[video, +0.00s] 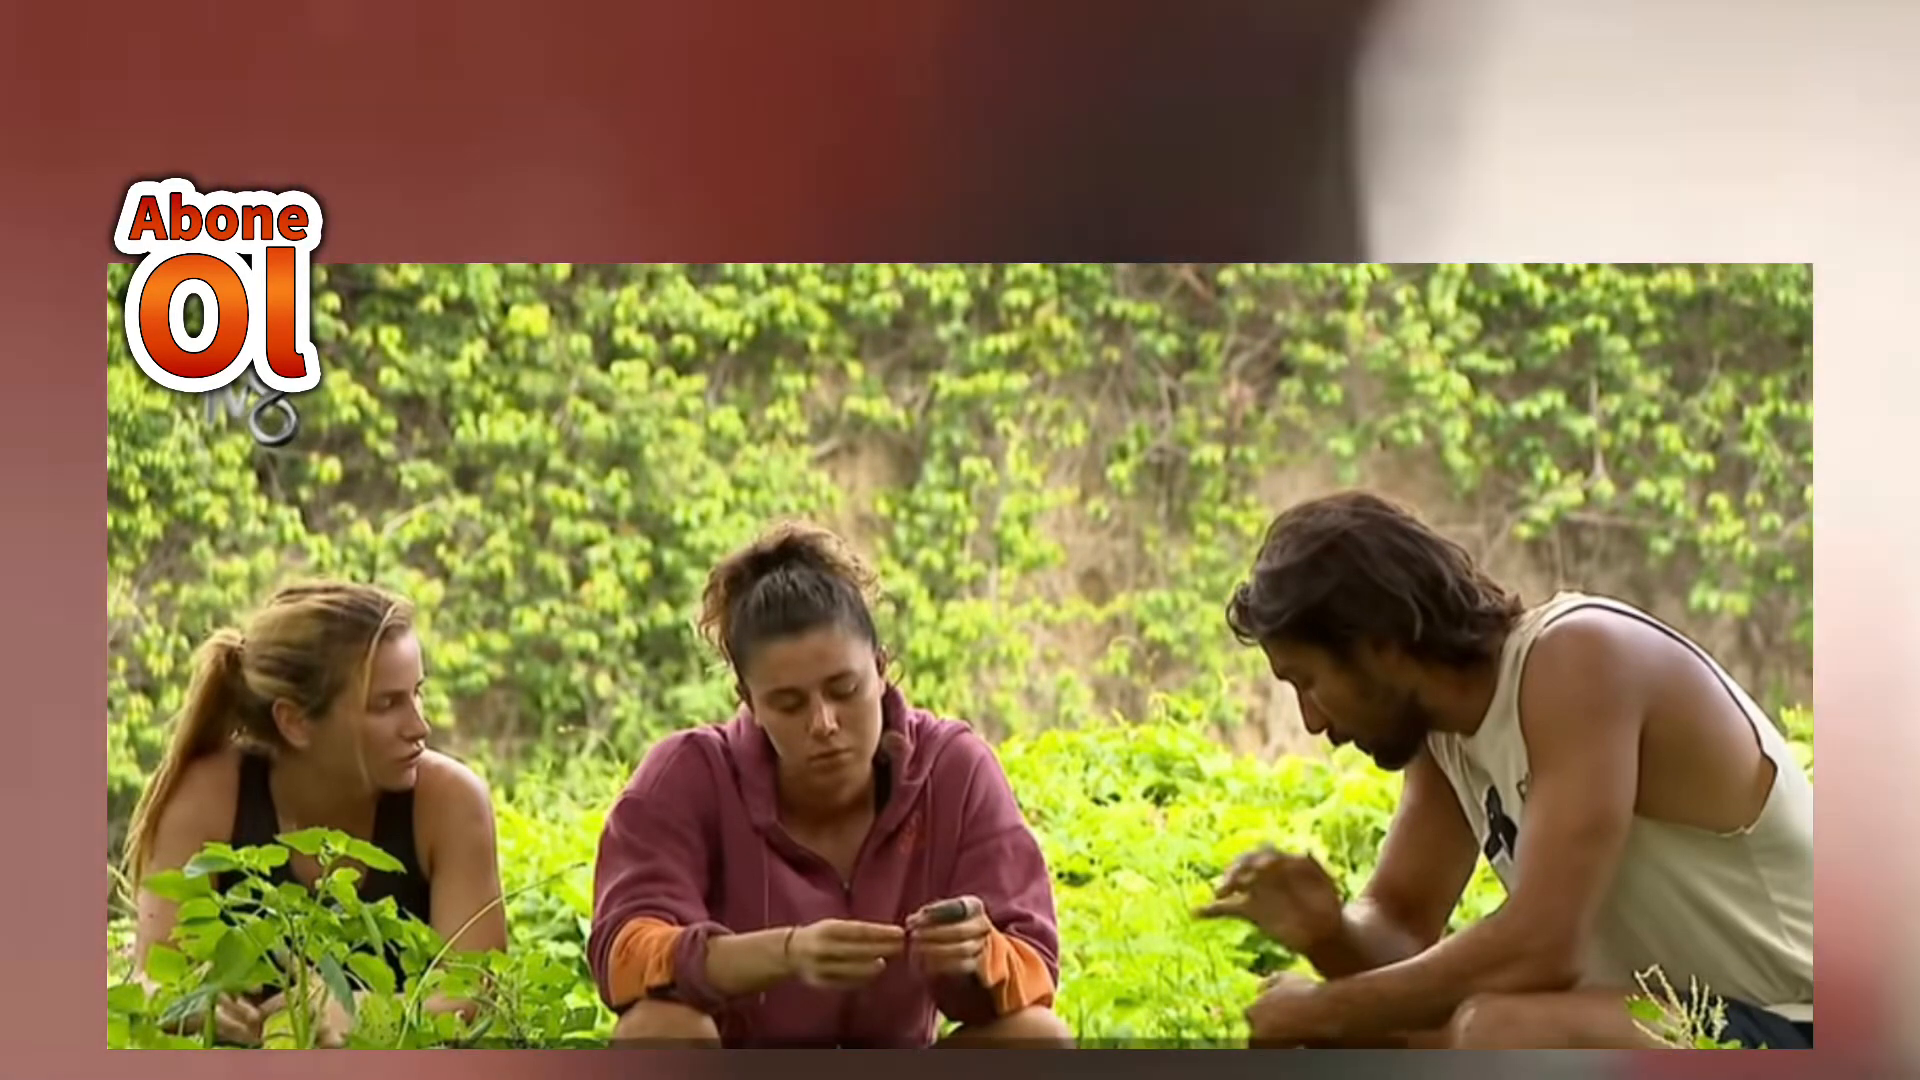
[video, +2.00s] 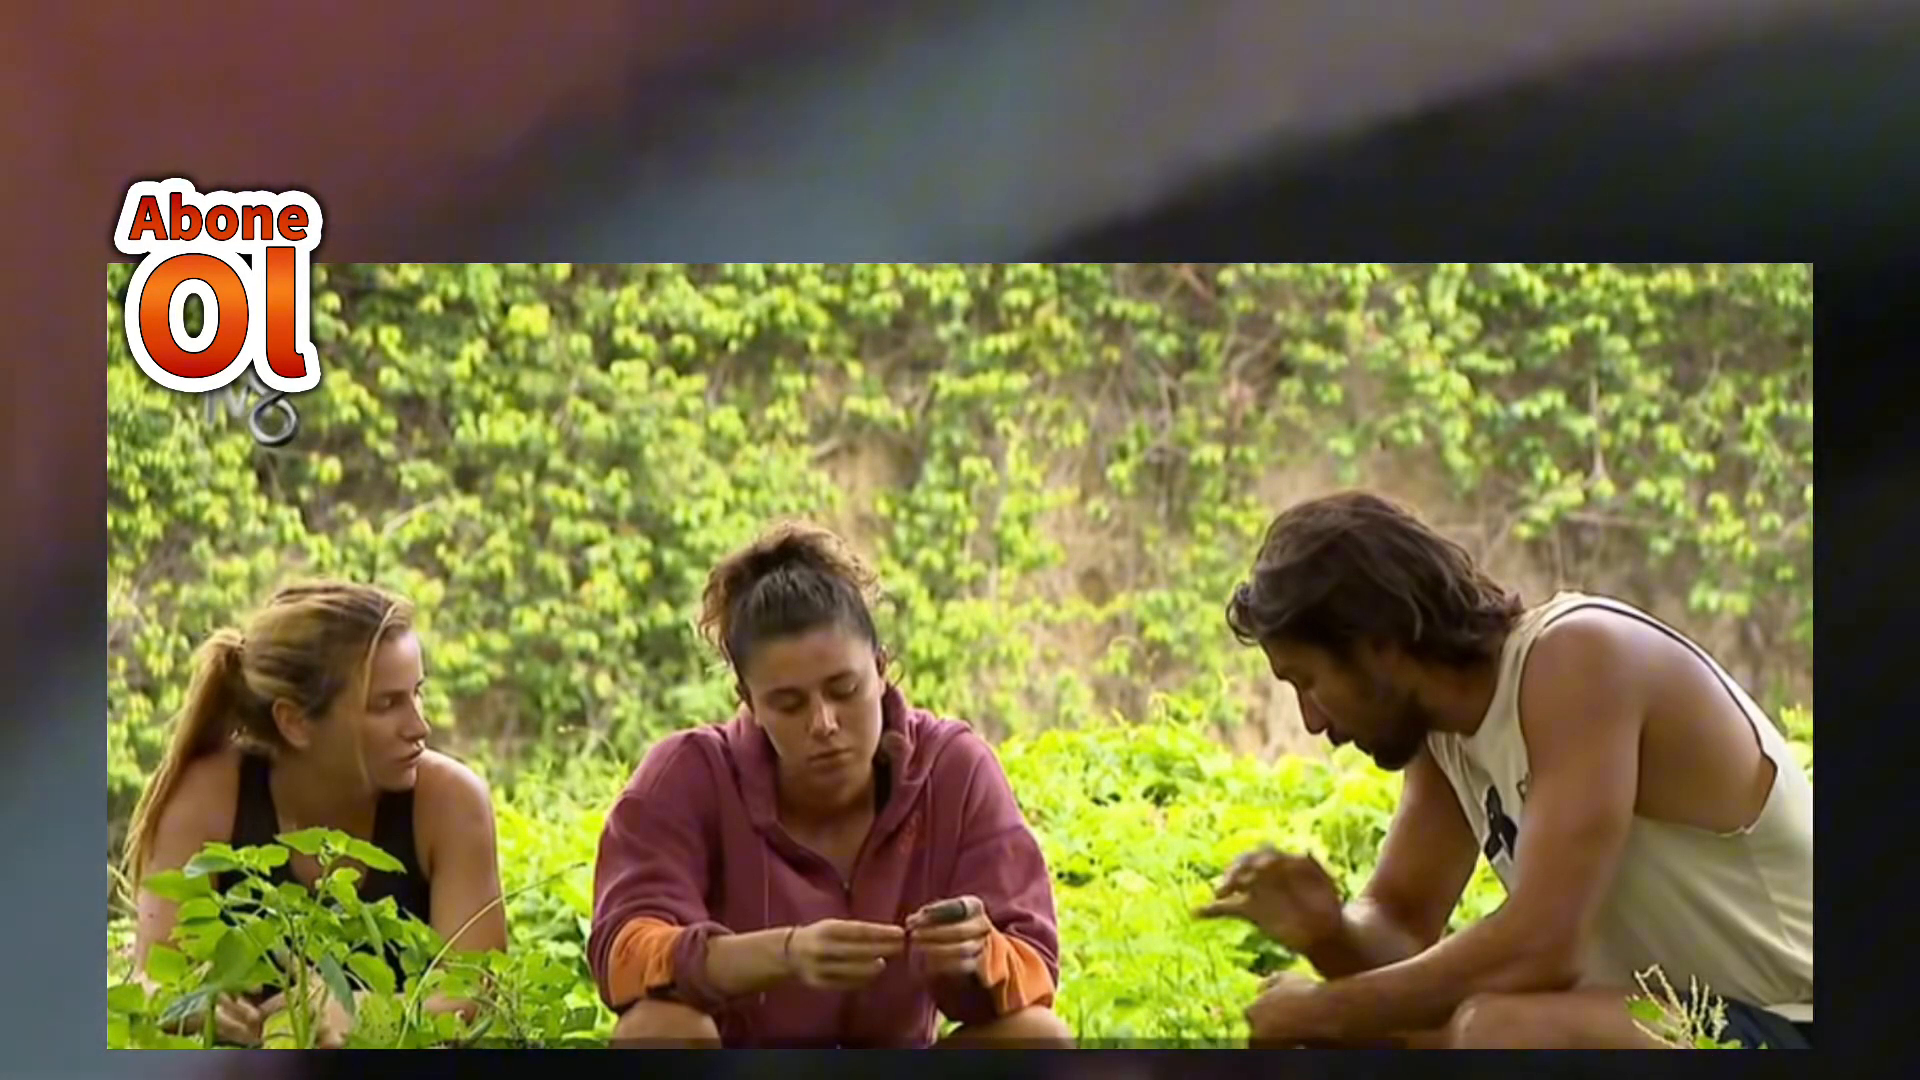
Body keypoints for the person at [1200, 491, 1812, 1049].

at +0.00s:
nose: (1311, 723)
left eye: (1306, 686)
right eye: (1296, 693)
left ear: (1384, 642)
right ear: (1384, 643)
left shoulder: (1585, 656)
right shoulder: (1451, 731)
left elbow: (1538, 950)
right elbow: (1402, 926)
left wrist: (1328, 1012)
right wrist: (1330, 932)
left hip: (1790, 1016)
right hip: (1654, 1000)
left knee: (1497, 1026)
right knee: (1382, 1027)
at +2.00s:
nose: (1311, 724)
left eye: (1306, 687)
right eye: (1296, 693)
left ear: (1382, 643)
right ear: (1382, 643)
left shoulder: (1585, 656)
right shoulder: (1450, 730)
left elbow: (1539, 951)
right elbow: (1403, 926)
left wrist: (1326, 1014)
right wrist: (1330, 932)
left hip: (1788, 1014)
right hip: (1658, 1001)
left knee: (1500, 1026)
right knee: (1387, 1026)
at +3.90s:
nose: (1310, 723)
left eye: (1306, 686)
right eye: (1295, 693)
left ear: (1385, 643)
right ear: (1385, 644)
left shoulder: (1584, 656)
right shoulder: (1451, 731)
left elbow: (1540, 950)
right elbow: (1403, 925)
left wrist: (1326, 1014)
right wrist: (1331, 933)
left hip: (1790, 1018)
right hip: (1660, 1003)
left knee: (1501, 1025)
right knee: (1378, 1025)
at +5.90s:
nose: (1311, 723)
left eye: (1306, 686)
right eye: (1295, 693)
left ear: (1383, 642)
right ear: (1383, 644)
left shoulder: (1584, 656)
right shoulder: (1450, 730)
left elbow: (1539, 950)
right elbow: (1403, 924)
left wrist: (1324, 1015)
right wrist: (1330, 934)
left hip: (1793, 1020)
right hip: (1657, 1005)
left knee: (1502, 1026)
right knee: (1374, 1030)